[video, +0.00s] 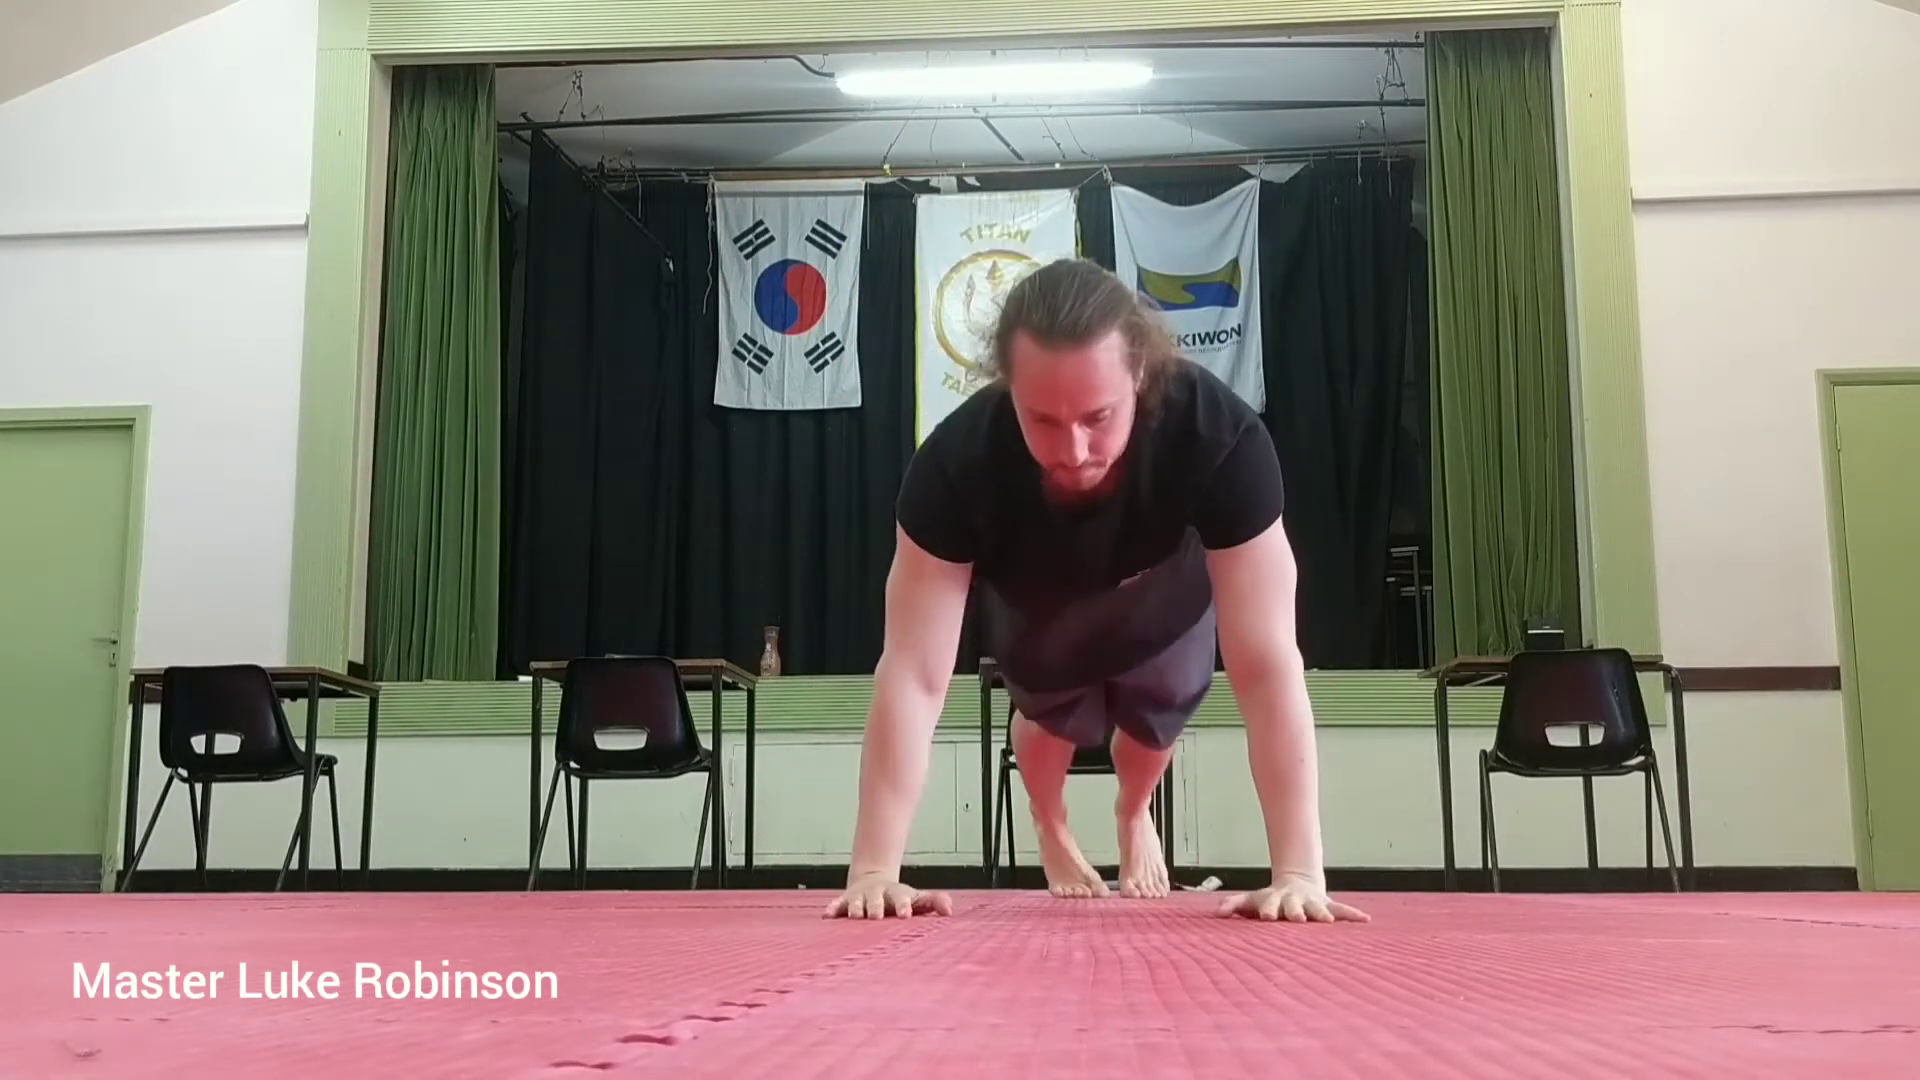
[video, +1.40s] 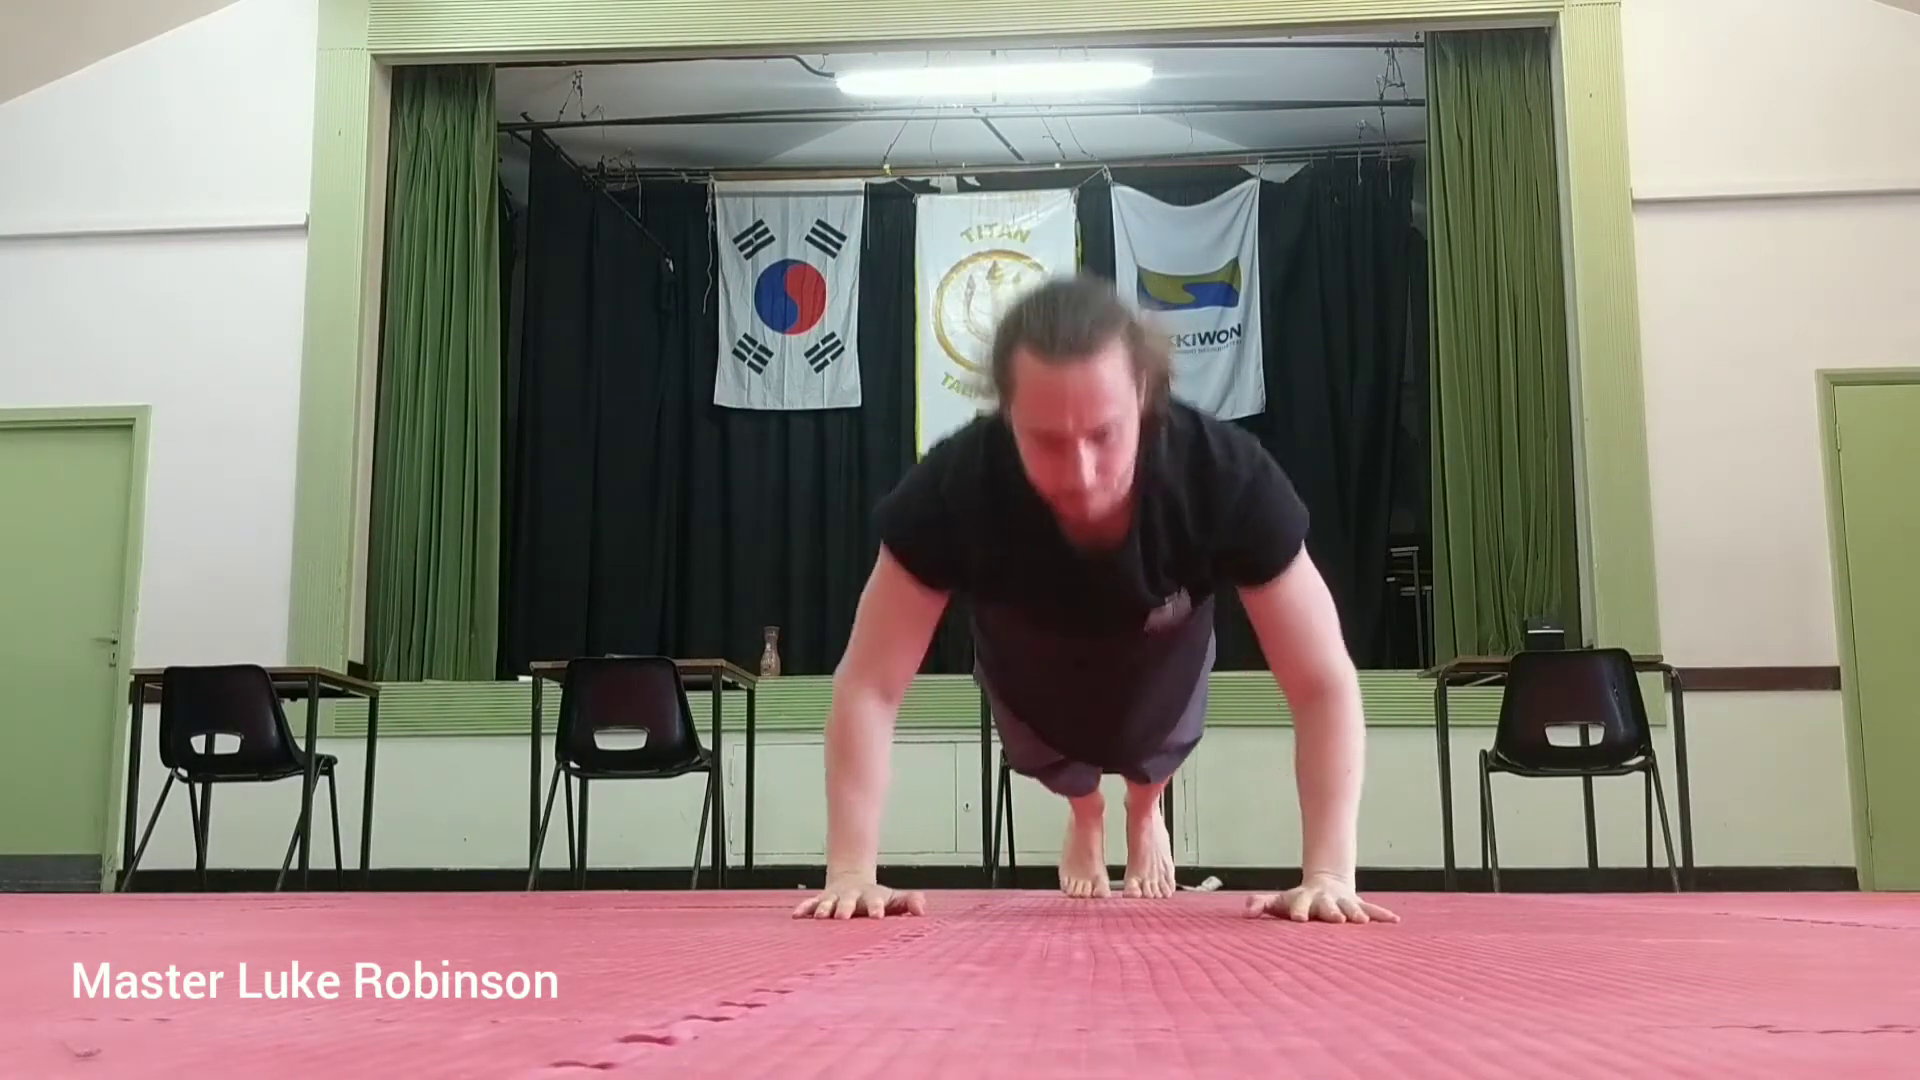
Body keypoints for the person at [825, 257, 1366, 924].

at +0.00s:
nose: (1075, 451)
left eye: (1099, 419)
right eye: (1046, 423)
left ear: (1140, 379)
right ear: (1010, 389)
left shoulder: (1219, 443)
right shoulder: (957, 466)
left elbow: (1266, 666)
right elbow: (913, 674)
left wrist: (1298, 873)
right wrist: (874, 870)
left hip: (1167, 617)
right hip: (1040, 627)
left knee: (1155, 725)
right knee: (1050, 724)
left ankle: (1136, 817)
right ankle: (1052, 829)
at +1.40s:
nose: (1078, 469)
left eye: (1102, 435)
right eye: (1050, 441)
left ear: (1145, 403)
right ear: (1008, 416)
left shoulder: (1226, 481)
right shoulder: (955, 492)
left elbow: (1325, 688)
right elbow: (868, 688)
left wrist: (1331, 875)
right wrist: (850, 876)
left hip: (1165, 669)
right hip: (1032, 678)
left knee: (1152, 760)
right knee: (1066, 767)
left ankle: (1144, 813)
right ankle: (1087, 817)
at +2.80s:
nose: (1075, 683)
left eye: (1101, 648)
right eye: (1046, 652)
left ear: (1149, 613)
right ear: (1004, 625)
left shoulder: (1236, 639)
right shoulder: (949, 654)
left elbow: (1372, 713)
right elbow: (817, 725)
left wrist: (1333, 878)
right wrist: (849, 876)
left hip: (1174, 789)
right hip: (1038, 800)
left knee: (1158, 830)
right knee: (1071, 845)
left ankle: (1152, 858)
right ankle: (1082, 862)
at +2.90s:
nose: (1074, 765)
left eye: (1099, 729)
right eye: (1042, 732)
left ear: (1149, 690)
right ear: (1000, 697)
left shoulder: (1233, 695)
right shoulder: (948, 711)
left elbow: (1381, 709)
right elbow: (809, 721)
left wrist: (1334, 876)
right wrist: (846, 873)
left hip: (1173, 854)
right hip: (1022, 867)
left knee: (1160, 869)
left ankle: (1153, 878)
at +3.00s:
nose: (1076, 815)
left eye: (1102, 780)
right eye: (1044, 783)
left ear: (1152, 743)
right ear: (1001, 748)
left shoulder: (1234, 741)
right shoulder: (946, 753)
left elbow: (1383, 706)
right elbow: (806, 713)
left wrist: (1334, 877)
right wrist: (845, 873)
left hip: (1170, 856)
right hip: (1014, 867)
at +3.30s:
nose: (1090, 633)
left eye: (1115, 597)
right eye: (1058, 600)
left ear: (1158, 575)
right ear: (1012, 583)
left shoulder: (1236, 623)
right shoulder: (955, 627)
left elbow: (1391, 710)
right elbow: (810, 721)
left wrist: (1337, 878)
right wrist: (846, 873)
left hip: (1168, 780)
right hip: (1040, 791)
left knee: (1156, 818)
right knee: (1079, 843)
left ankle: (1150, 851)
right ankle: (1093, 864)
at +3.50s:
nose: (1078, 501)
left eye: (1100, 465)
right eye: (1047, 469)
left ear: (1142, 453)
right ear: (1004, 463)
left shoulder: (1225, 533)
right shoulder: (954, 541)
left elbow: (1376, 695)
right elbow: (823, 709)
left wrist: (1335, 878)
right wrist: (847, 872)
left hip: (1169, 717)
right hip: (1042, 724)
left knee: (1155, 779)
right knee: (1076, 786)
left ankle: (1147, 818)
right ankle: (1083, 823)